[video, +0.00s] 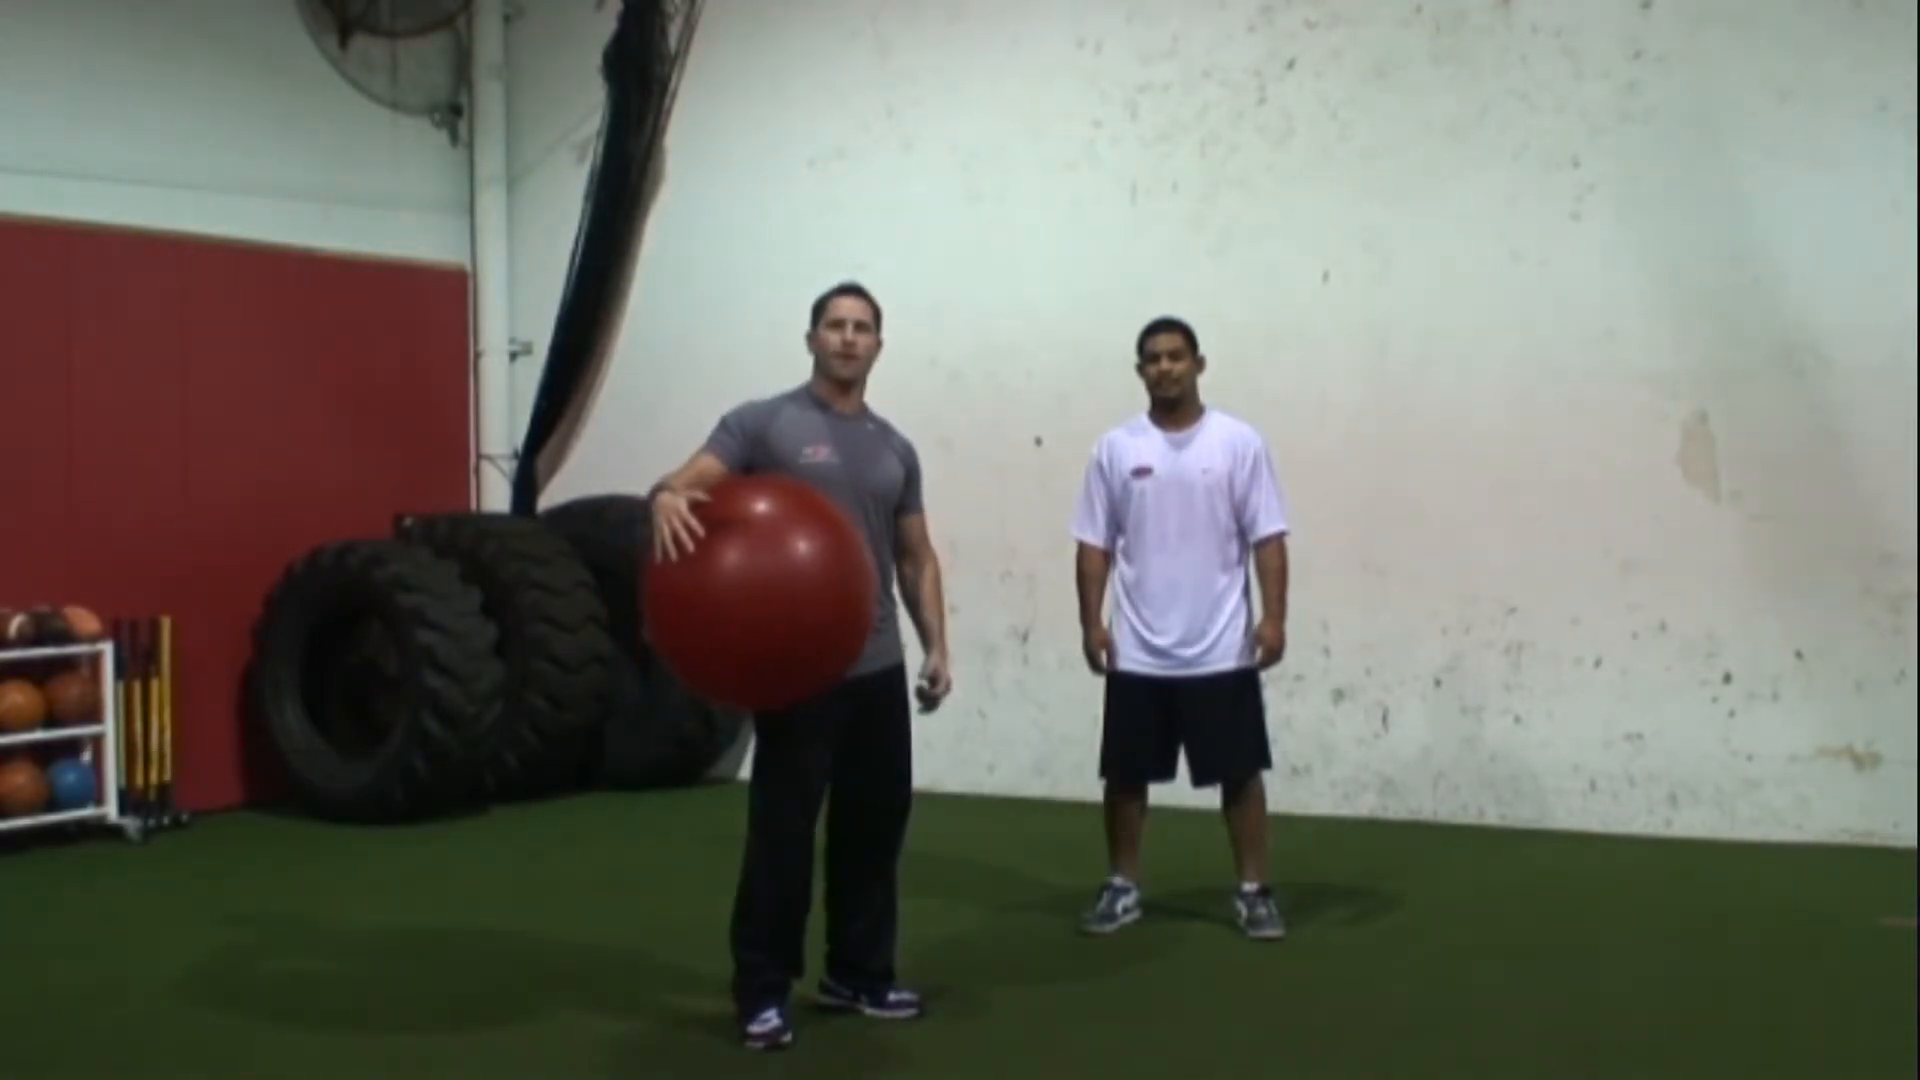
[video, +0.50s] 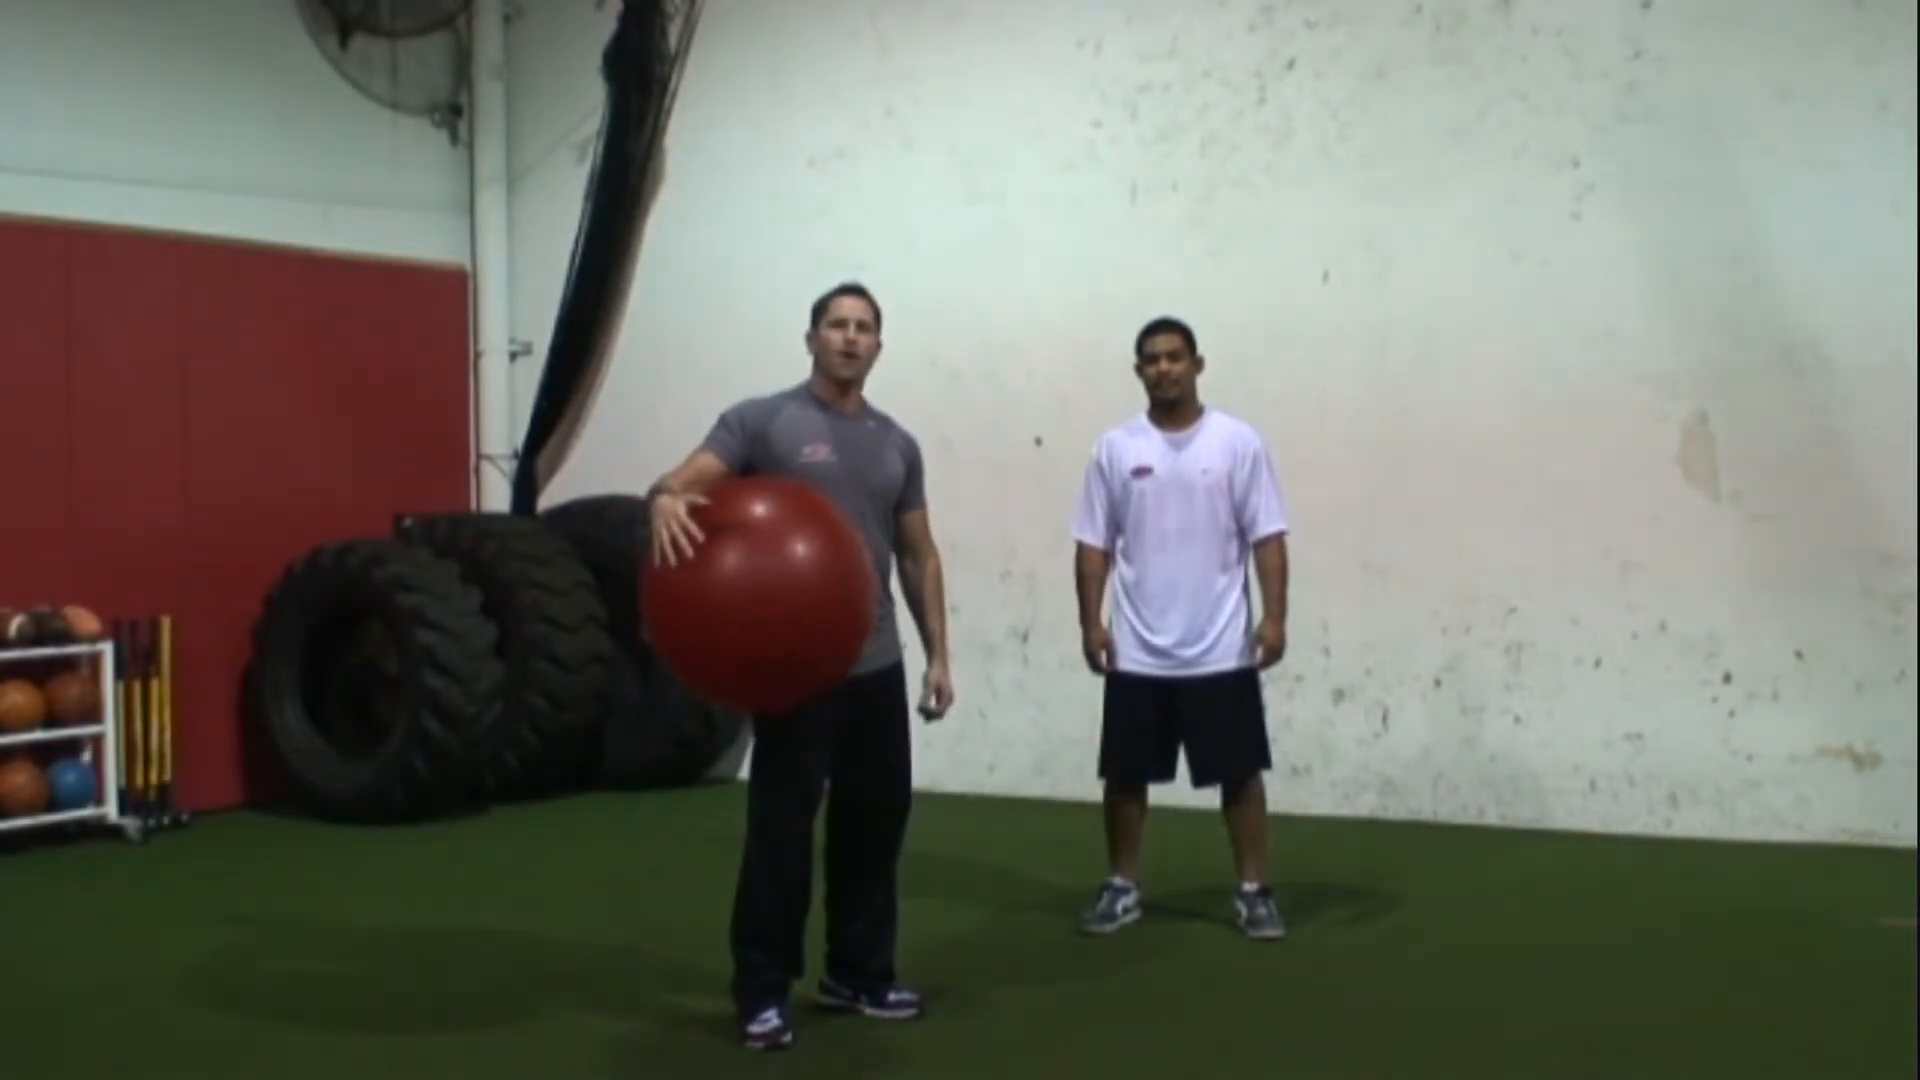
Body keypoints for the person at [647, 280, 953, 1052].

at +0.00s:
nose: (849, 338)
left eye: (862, 328)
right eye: (835, 325)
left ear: (880, 344)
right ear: (811, 338)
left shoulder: (895, 449)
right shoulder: (762, 422)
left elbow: (915, 554)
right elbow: (692, 480)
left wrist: (936, 644)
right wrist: (664, 496)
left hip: (878, 670)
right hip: (793, 670)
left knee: (873, 828)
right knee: (782, 834)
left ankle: (860, 975)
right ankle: (764, 994)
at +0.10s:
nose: (849, 338)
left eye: (862, 328)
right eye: (836, 326)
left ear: (880, 344)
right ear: (812, 338)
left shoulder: (895, 449)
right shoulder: (763, 423)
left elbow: (915, 554)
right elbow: (691, 481)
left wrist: (936, 647)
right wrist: (664, 497)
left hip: (878, 670)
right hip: (793, 671)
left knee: (873, 829)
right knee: (782, 836)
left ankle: (859, 975)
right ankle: (764, 994)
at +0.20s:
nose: (850, 337)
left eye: (863, 327)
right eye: (837, 325)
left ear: (881, 344)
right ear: (812, 338)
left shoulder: (894, 449)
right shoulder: (762, 422)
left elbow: (915, 557)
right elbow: (692, 480)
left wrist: (939, 654)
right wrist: (665, 497)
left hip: (878, 671)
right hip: (793, 671)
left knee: (873, 828)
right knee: (782, 835)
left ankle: (860, 975)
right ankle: (763, 994)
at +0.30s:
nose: (851, 337)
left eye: (864, 327)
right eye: (837, 325)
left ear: (881, 345)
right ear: (812, 339)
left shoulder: (894, 449)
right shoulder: (762, 422)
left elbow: (915, 557)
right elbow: (687, 482)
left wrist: (939, 658)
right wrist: (664, 498)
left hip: (877, 670)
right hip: (792, 671)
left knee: (874, 828)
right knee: (783, 834)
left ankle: (859, 975)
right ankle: (763, 994)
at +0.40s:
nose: (851, 337)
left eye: (864, 327)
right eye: (838, 325)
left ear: (881, 345)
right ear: (812, 338)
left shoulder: (896, 447)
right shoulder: (761, 421)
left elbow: (916, 555)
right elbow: (687, 481)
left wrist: (939, 657)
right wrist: (663, 498)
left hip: (877, 670)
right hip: (791, 671)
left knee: (874, 829)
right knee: (782, 835)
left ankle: (859, 975)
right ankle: (763, 994)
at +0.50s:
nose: (851, 337)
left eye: (863, 328)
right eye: (837, 325)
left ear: (879, 344)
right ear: (811, 338)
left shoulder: (897, 446)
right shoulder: (761, 421)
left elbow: (918, 552)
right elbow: (687, 481)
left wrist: (939, 654)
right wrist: (663, 498)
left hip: (876, 669)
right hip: (790, 670)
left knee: (874, 826)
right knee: (781, 833)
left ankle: (860, 975)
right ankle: (763, 994)